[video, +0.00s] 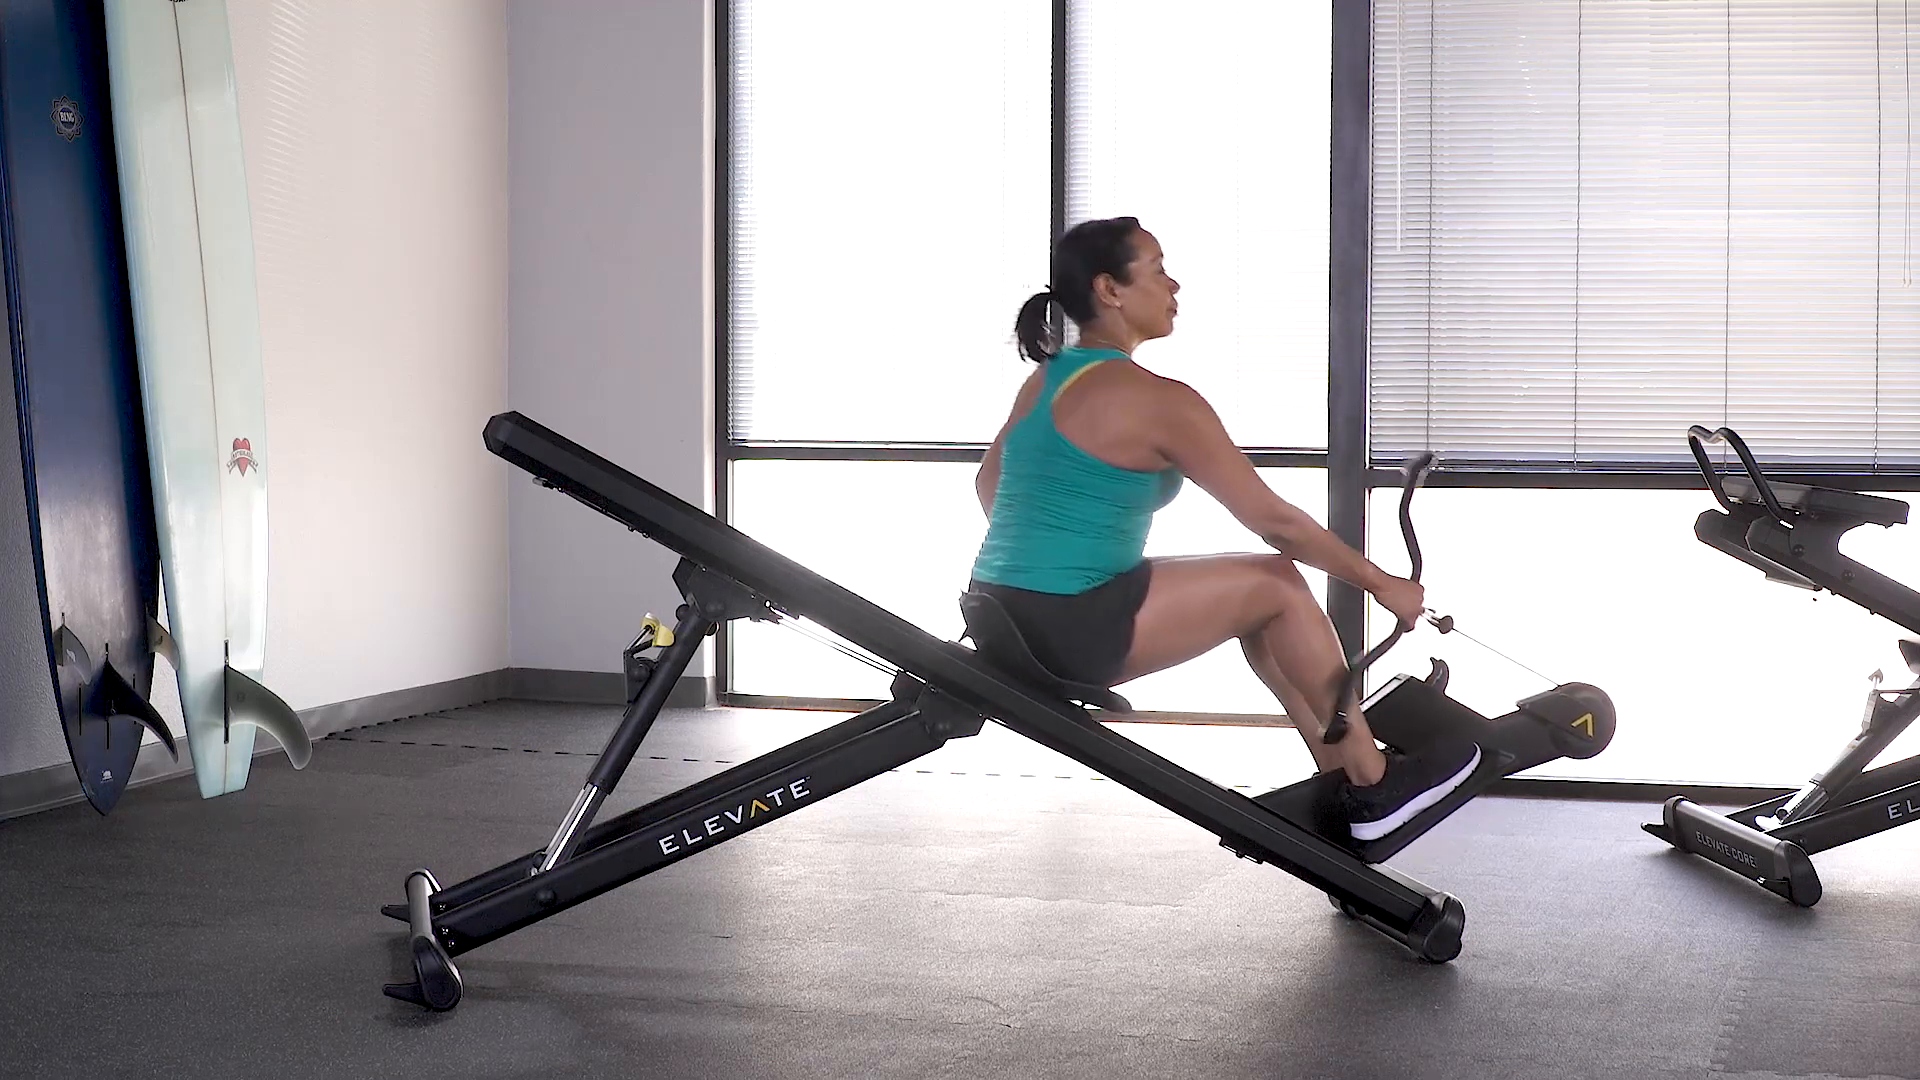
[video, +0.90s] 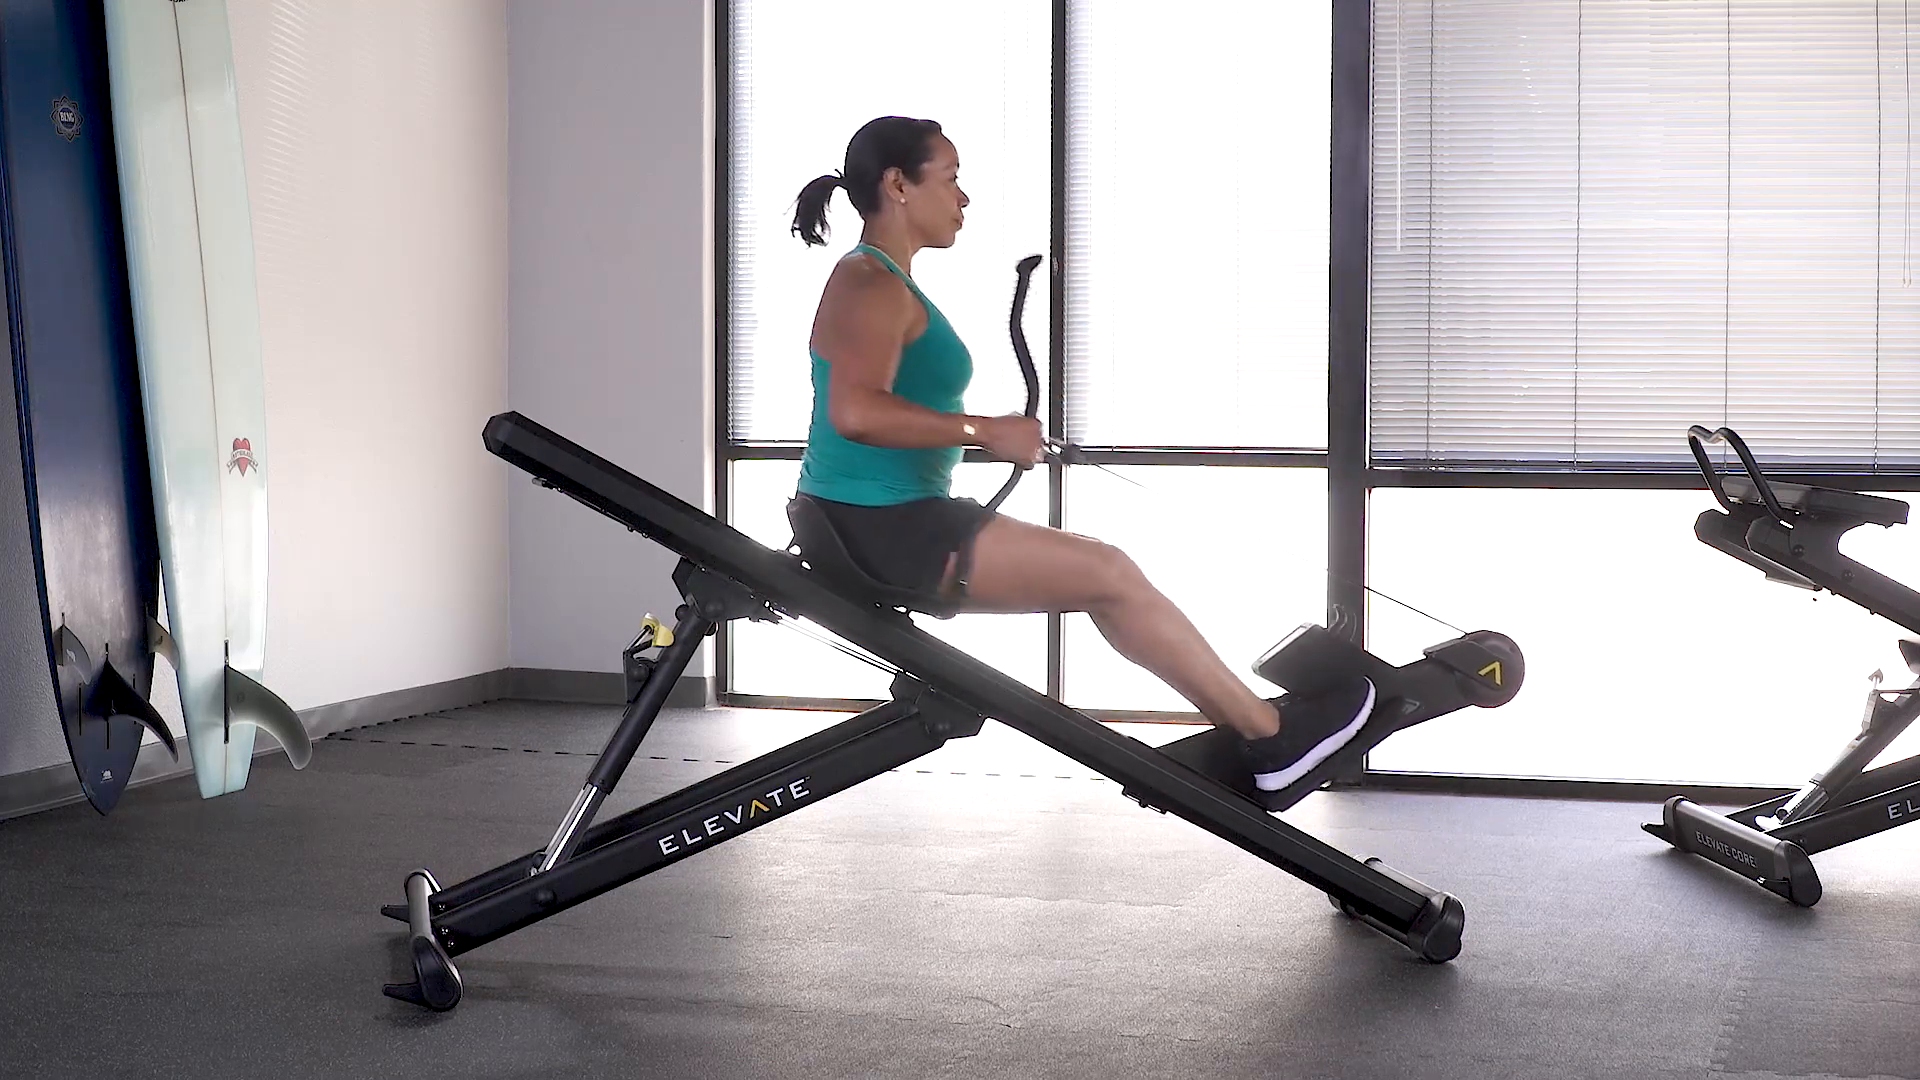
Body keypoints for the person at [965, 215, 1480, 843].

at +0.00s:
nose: (1174, 286)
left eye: (1166, 271)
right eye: (1159, 273)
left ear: (1102, 294)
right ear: (1109, 292)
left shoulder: (1047, 379)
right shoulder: (1164, 403)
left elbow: (990, 482)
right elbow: (1274, 521)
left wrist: (1046, 556)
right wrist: (1381, 582)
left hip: (997, 610)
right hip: (1071, 624)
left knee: (1258, 584)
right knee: (1280, 582)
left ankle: (1335, 763)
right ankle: (1374, 777)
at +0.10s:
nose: (1116, 258)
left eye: (1109, 241)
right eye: (1101, 243)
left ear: (1045, 261)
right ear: (1051, 259)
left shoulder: (993, 349)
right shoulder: (1089, 366)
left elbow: (950, 460)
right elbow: (1189, 492)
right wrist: (1306, 547)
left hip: (952, 588)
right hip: (1017, 595)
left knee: (1216, 592)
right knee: (1234, 582)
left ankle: (1316, 753)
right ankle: (1350, 769)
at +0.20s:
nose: (1060, 230)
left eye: (1054, 213)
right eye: (1045, 213)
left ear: (987, 231)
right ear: (992, 228)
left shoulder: (945, 316)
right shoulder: (1011, 328)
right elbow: (1085, 464)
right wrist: (1199, 506)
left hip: (910, 560)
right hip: (958, 566)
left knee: (1167, 588)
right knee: (1176, 583)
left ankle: (1299, 746)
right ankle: (1318, 757)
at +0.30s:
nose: (1007, 206)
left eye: (1000, 189)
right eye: (993, 190)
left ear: (938, 206)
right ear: (939, 203)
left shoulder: (899, 290)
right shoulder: (936, 295)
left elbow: (960, 433)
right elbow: (978, 431)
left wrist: (1082, 462)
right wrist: (1097, 467)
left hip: (871, 533)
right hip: (906, 539)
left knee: (1121, 601)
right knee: (1134, 593)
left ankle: (1272, 732)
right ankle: (1292, 746)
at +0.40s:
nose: (965, 187)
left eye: (959, 170)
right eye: (951, 171)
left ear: (898, 185)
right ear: (898, 182)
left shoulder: (875, 271)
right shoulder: (878, 275)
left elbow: (893, 411)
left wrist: (1005, 435)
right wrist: (1004, 434)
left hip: (865, 513)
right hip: (867, 518)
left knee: (1081, 596)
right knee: (1088, 592)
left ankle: (1252, 729)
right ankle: (1265, 737)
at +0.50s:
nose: (938, 174)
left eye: (932, 158)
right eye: (924, 158)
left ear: (872, 170)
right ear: (870, 168)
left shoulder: (860, 256)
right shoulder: (837, 255)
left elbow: (824, 376)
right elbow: (796, 373)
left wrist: (928, 406)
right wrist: (923, 404)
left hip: (864, 495)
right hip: (839, 505)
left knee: (1059, 589)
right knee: (1056, 596)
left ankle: (1232, 721)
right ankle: (1240, 728)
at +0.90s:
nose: (962, 197)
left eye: (958, 179)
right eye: (949, 179)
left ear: (895, 190)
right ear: (896, 189)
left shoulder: (886, 283)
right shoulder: (869, 287)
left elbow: (871, 412)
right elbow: (856, 412)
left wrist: (979, 432)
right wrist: (983, 432)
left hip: (883, 519)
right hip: (874, 526)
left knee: (1104, 574)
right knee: (1106, 573)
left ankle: (1257, 722)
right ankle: (1266, 731)